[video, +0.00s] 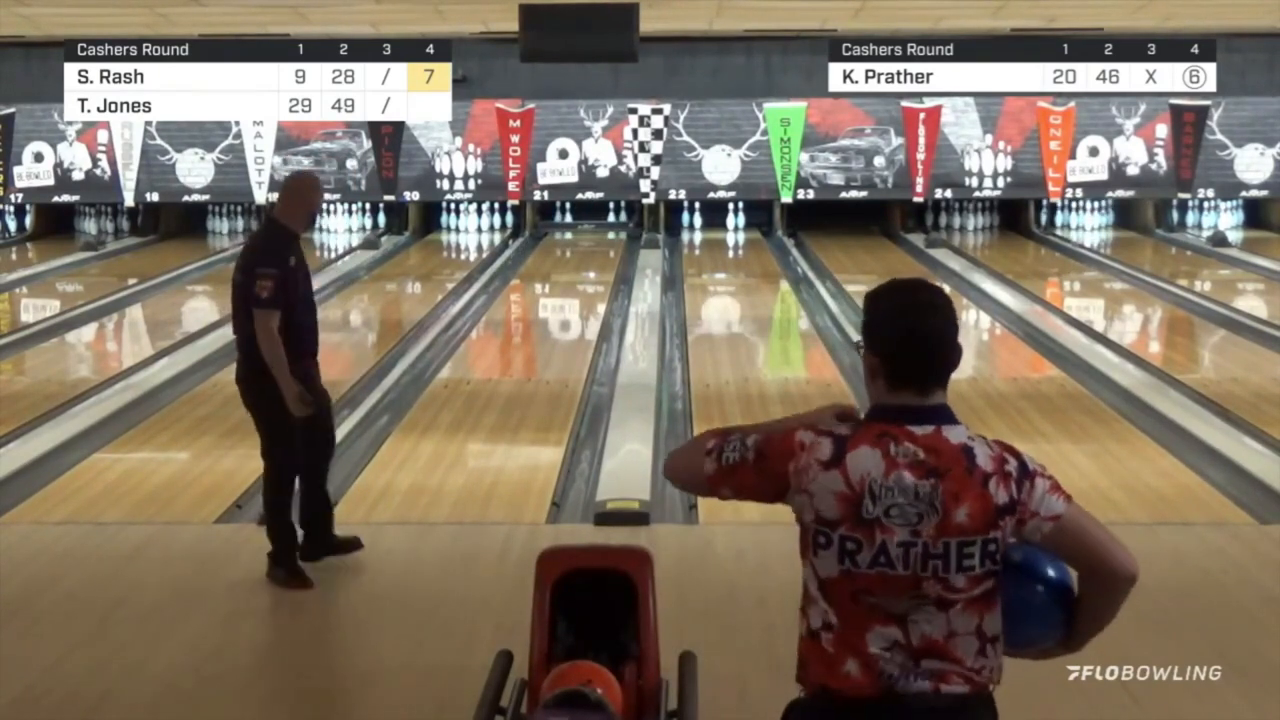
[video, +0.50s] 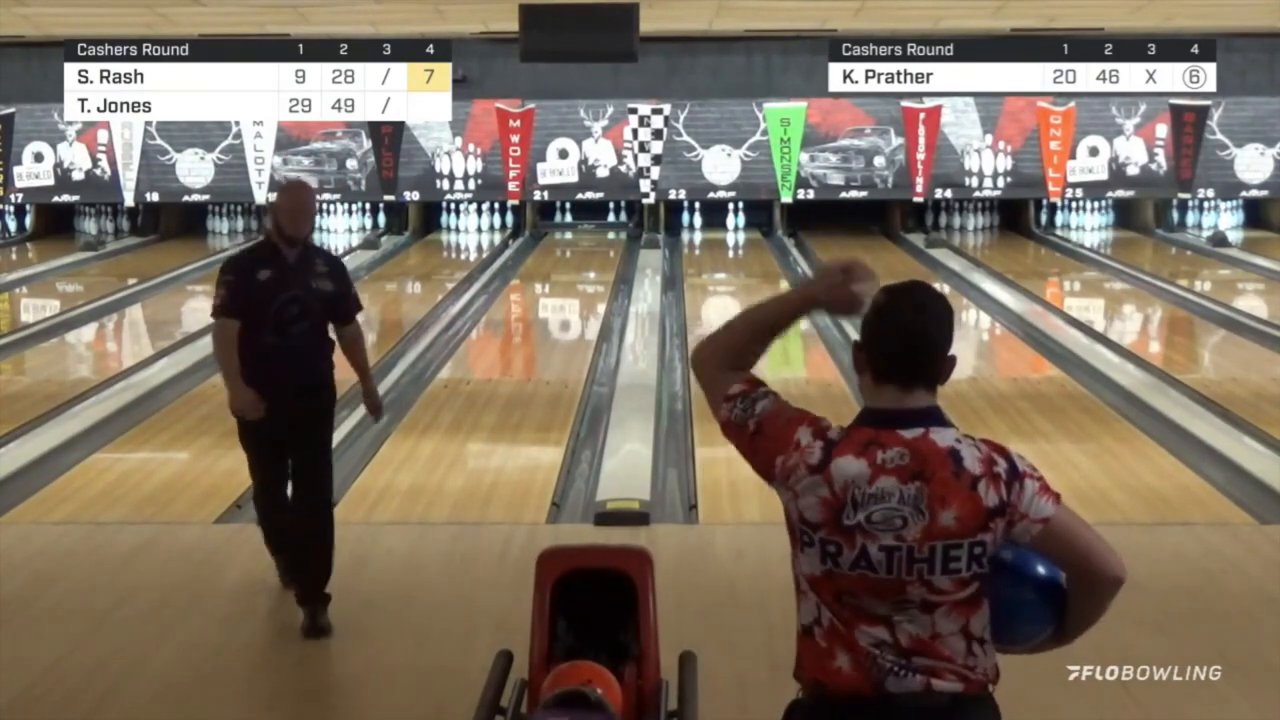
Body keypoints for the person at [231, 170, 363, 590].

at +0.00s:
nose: (318, 212)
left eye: (319, 204)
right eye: (314, 203)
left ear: (292, 201)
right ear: (295, 202)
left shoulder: (286, 246)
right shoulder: (268, 251)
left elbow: (291, 320)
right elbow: (265, 331)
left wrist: (310, 374)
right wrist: (289, 389)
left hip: (297, 370)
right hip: (267, 376)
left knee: (318, 448)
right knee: (282, 461)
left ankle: (318, 537)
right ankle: (282, 557)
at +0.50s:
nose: (304, 218)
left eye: (310, 209)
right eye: (297, 209)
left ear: (315, 213)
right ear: (276, 211)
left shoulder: (328, 267)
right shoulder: (241, 267)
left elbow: (348, 330)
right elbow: (224, 332)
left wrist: (368, 383)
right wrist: (235, 387)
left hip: (313, 395)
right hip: (258, 397)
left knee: (315, 492)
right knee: (269, 489)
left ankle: (316, 594)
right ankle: (285, 560)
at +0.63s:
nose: (298, 213)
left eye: (305, 205)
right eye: (290, 204)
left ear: (314, 208)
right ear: (270, 205)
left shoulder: (329, 264)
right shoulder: (236, 262)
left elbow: (355, 330)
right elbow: (213, 326)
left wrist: (377, 392)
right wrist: (197, 391)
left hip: (312, 398)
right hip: (254, 398)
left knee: (315, 502)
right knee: (260, 499)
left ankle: (316, 602)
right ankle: (297, 554)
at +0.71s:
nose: (272, 211)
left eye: (283, 203)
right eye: (267, 201)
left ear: (302, 208)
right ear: (258, 202)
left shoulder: (326, 262)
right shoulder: (231, 261)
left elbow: (353, 328)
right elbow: (204, 324)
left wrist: (370, 388)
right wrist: (179, 388)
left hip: (308, 402)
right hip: (248, 401)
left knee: (313, 504)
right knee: (247, 499)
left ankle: (314, 600)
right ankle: (280, 570)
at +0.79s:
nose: (265, 215)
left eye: (275, 207)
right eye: (259, 205)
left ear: (294, 210)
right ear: (249, 206)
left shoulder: (321, 263)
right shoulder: (228, 264)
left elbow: (351, 326)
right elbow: (200, 327)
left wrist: (362, 382)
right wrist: (172, 386)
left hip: (305, 403)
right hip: (246, 403)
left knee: (311, 506)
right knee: (240, 508)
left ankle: (313, 604)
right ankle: (263, 602)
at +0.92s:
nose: (242, 223)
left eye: (251, 214)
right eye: (236, 214)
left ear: (273, 213)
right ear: (229, 215)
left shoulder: (304, 269)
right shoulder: (215, 273)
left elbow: (336, 332)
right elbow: (198, 334)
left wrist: (336, 383)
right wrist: (170, 387)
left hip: (296, 410)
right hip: (236, 413)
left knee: (305, 513)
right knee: (234, 521)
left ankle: (314, 605)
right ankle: (221, 633)